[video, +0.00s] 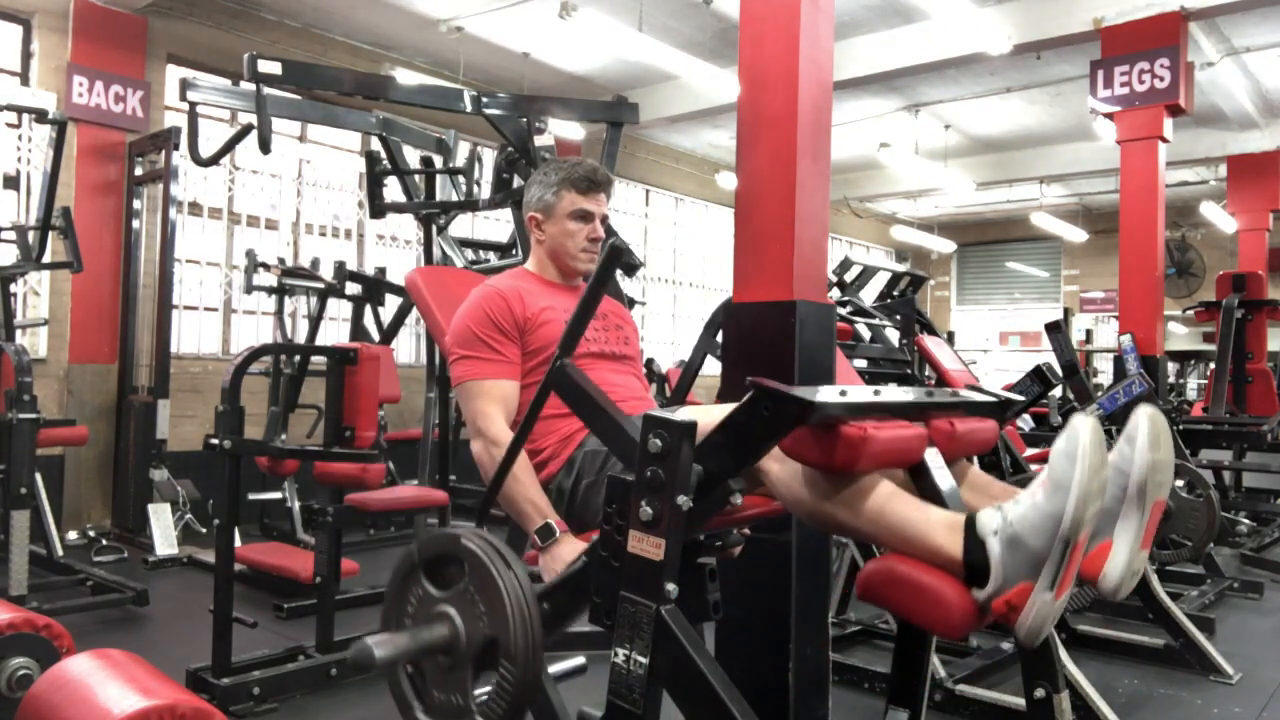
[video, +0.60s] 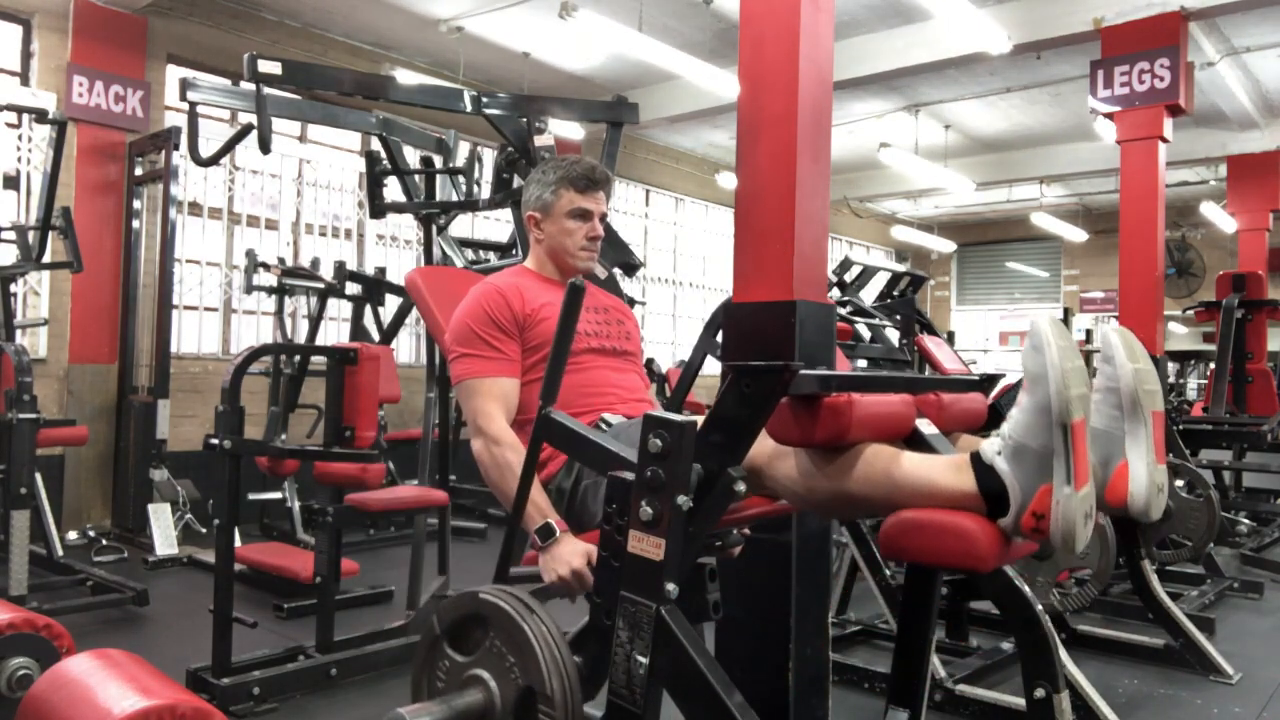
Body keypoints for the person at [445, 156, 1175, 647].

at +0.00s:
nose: (596, 235)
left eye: (601, 223)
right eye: (580, 221)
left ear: (600, 228)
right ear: (534, 222)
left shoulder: (604, 302)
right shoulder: (493, 304)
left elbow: (637, 400)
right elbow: (490, 438)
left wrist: (720, 412)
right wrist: (552, 533)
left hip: (657, 444)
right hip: (581, 467)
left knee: (853, 450)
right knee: (772, 442)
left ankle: (1074, 531)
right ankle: (974, 551)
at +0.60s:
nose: (594, 233)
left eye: (599, 221)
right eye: (580, 218)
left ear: (598, 226)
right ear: (534, 218)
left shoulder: (610, 304)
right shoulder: (494, 299)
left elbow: (661, 394)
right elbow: (487, 430)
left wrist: (735, 411)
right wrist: (548, 532)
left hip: (660, 440)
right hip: (587, 459)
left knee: (818, 452)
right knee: (775, 456)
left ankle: (1004, 480)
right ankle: (992, 485)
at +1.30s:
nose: (597, 237)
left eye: (603, 223)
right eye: (581, 223)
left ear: (603, 224)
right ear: (536, 222)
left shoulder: (607, 301)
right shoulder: (495, 303)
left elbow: (637, 401)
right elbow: (491, 440)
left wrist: (710, 417)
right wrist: (551, 534)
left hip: (654, 440)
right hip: (578, 463)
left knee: (838, 443)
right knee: (760, 428)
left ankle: (1073, 514)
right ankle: (976, 542)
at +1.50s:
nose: (597, 236)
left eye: (603, 223)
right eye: (582, 222)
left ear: (602, 224)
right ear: (538, 224)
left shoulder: (603, 298)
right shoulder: (499, 299)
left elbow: (642, 391)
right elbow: (490, 430)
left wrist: (709, 412)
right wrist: (551, 534)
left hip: (658, 431)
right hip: (590, 456)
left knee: (846, 409)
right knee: (773, 426)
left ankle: (994, 588)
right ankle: (914, 634)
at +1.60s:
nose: (598, 234)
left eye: (604, 222)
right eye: (583, 219)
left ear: (604, 226)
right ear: (537, 220)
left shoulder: (616, 299)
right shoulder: (497, 299)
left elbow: (660, 394)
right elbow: (494, 435)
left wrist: (720, 415)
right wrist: (553, 535)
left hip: (661, 431)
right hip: (583, 453)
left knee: (847, 415)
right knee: (761, 427)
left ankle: (977, 626)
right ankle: (878, 664)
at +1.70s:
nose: (601, 232)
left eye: (606, 221)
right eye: (586, 219)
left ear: (606, 227)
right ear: (539, 221)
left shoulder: (615, 305)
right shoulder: (501, 296)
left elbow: (648, 403)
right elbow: (489, 426)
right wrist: (552, 537)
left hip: (657, 443)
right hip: (584, 463)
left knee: (848, 419)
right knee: (760, 423)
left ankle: (934, 638)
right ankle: (837, 678)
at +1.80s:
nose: (603, 234)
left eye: (607, 223)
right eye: (589, 221)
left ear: (609, 230)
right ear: (543, 224)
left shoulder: (618, 304)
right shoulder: (511, 290)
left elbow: (655, 400)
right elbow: (490, 432)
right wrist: (551, 537)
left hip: (656, 447)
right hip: (585, 467)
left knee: (848, 418)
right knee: (759, 420)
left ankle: (904, 645)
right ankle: (799, 677)